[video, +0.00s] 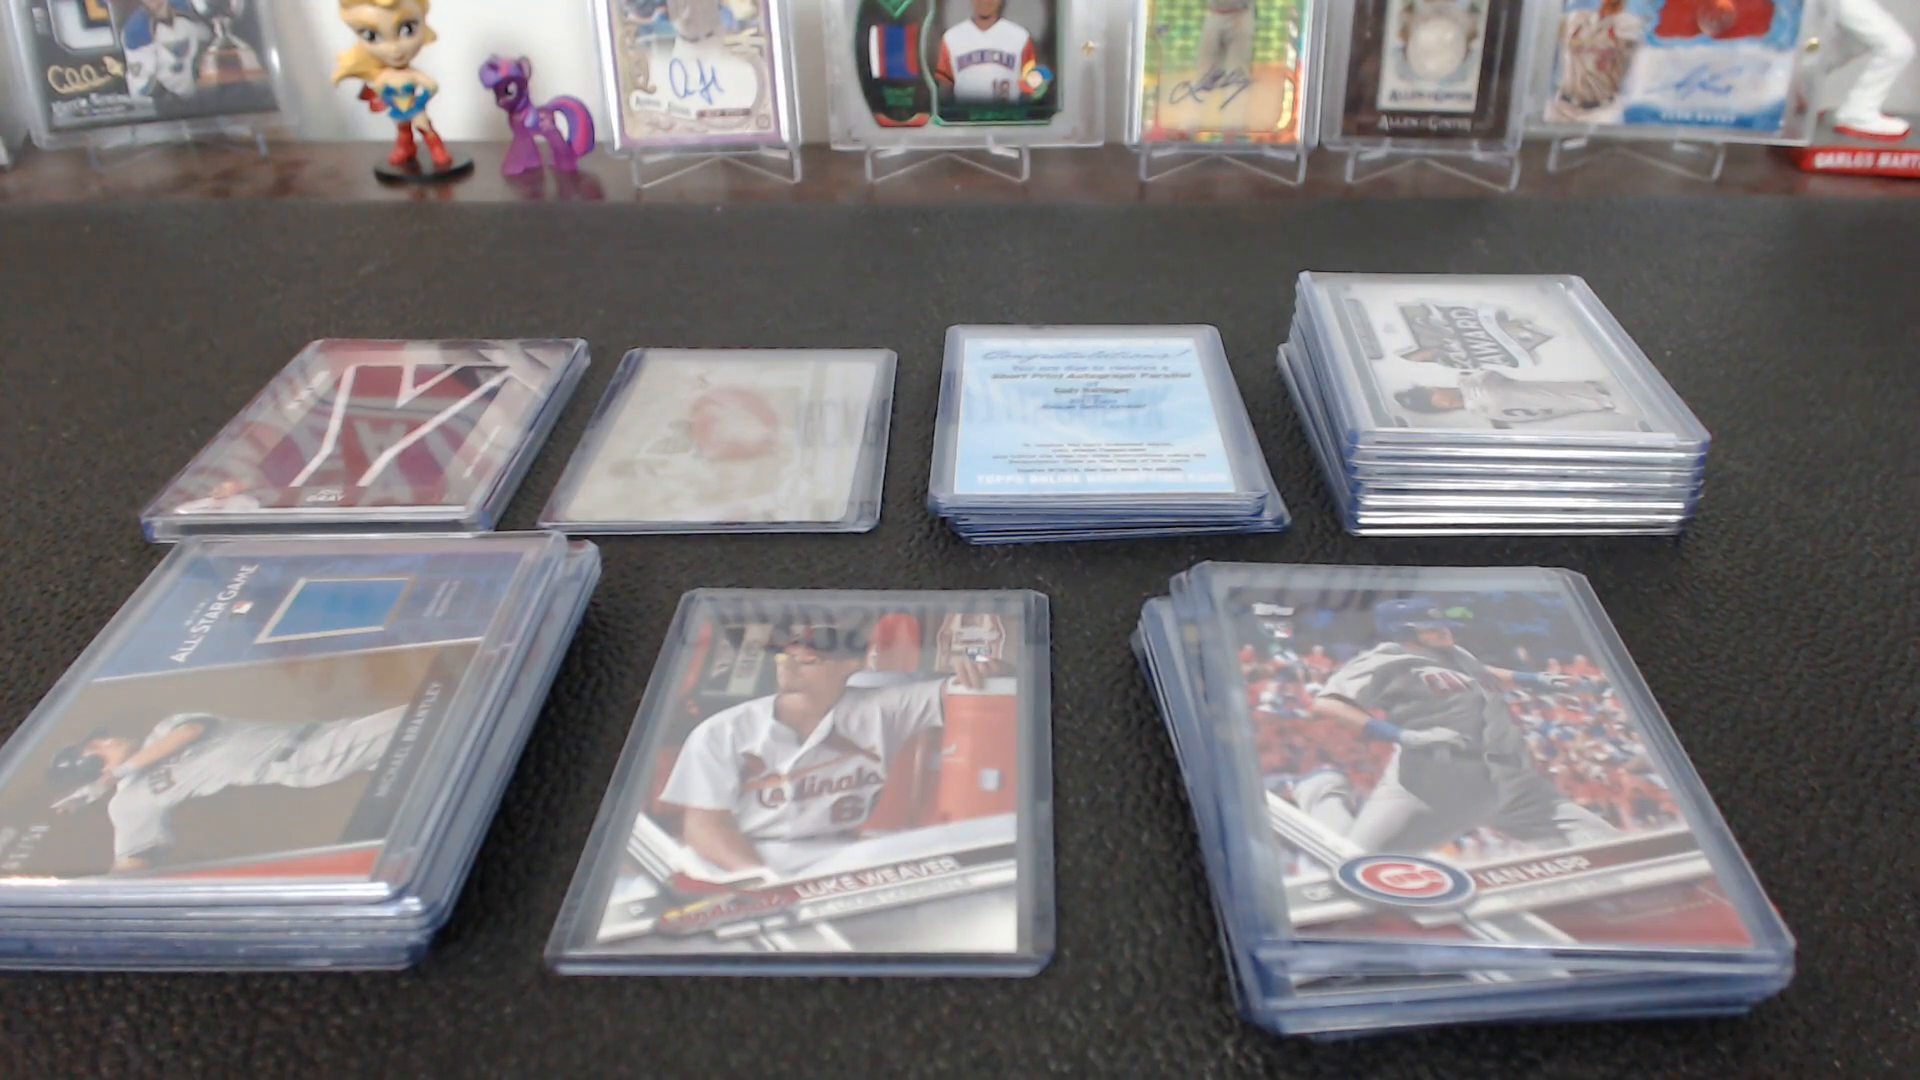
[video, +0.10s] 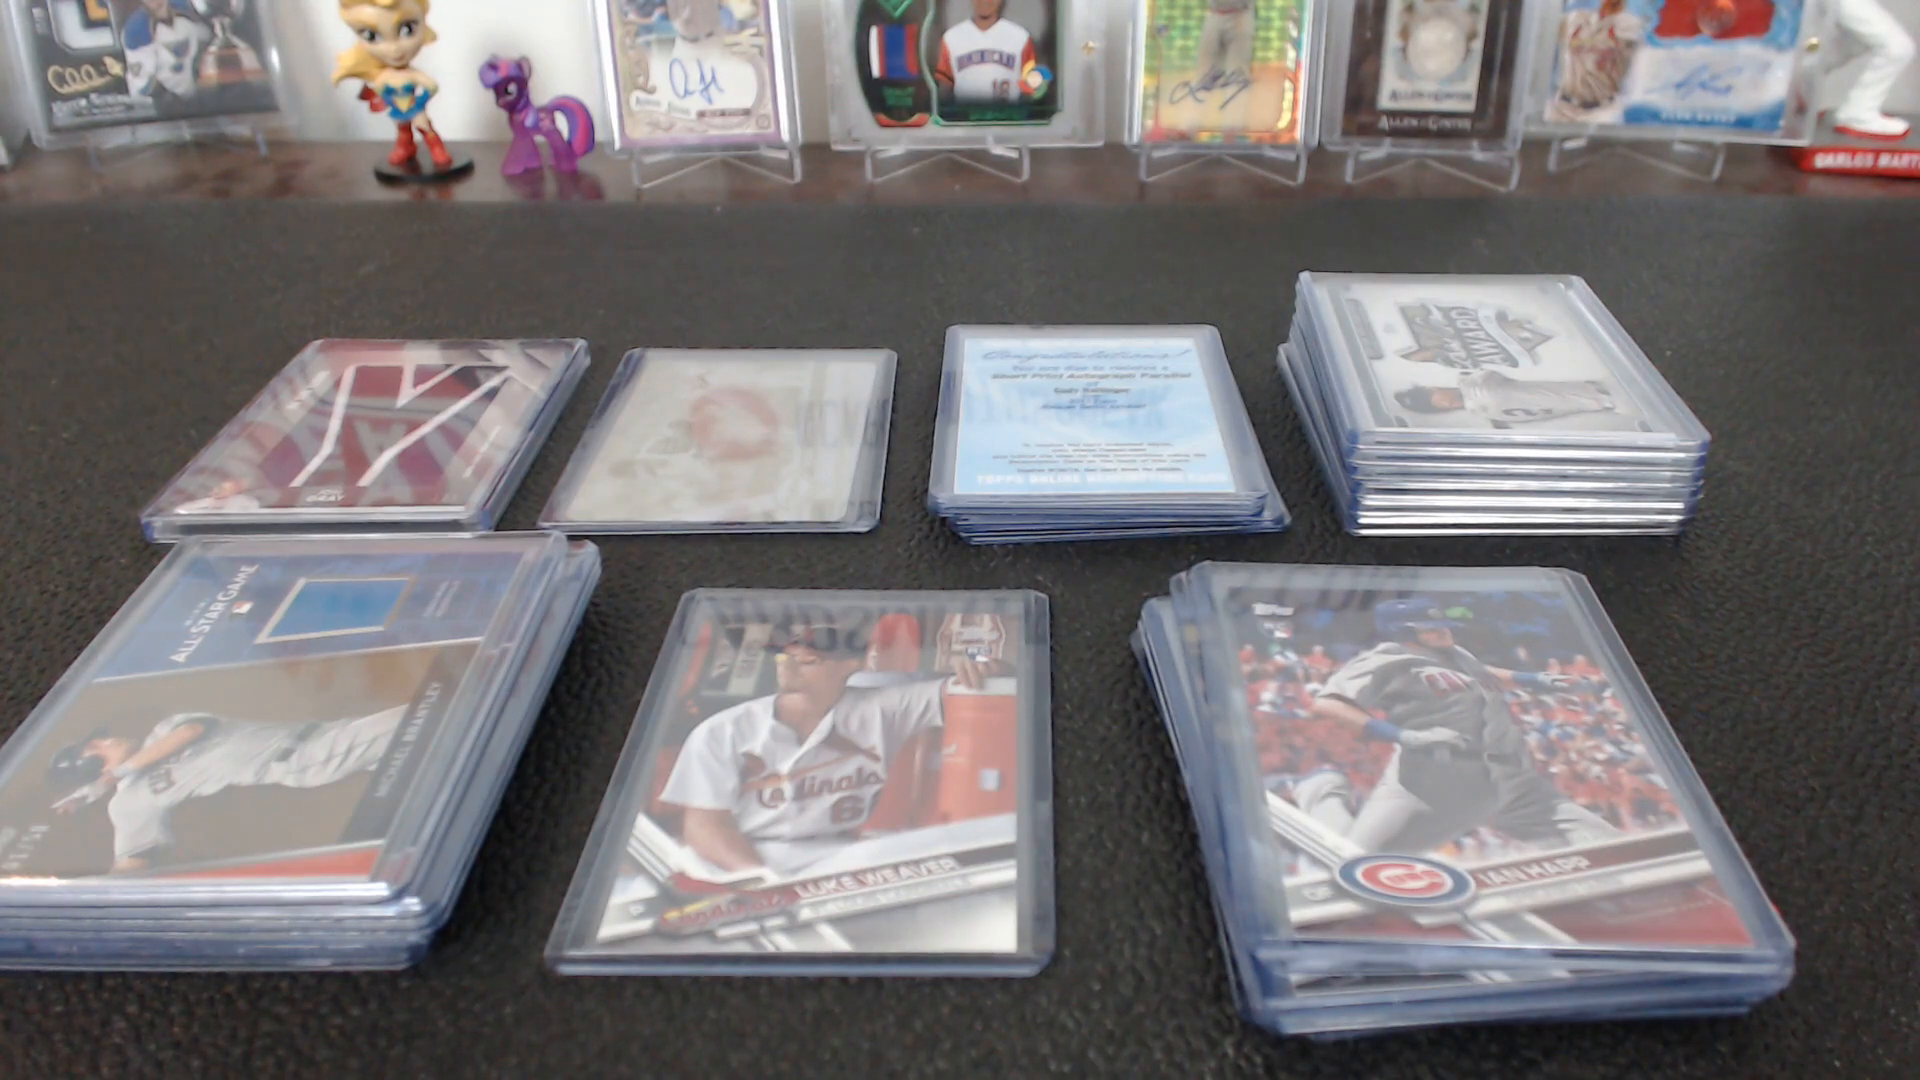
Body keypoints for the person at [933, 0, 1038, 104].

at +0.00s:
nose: (984, 2)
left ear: (1000, 2)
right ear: (972, 2)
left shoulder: (1020, 36)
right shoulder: (951, 37)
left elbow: (1030, 81)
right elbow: (944, 80)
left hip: (1009, 121)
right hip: (965, 121)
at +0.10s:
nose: (984, 2)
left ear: (1000, 2)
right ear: (972, 2)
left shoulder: (1020, 36)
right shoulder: (951, 37)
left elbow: (1030, 82)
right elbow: (944, 80)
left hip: (1008, 120)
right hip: (965, 120)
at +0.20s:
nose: (984, 2)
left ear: (1000, 2)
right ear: (972, 2)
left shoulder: (1020, 37)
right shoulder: (951, 37)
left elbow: (1030, 81)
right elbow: (944, 79)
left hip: (1009, 120)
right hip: (965, 119)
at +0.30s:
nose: (984, 2)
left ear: (1000, 2)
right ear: (972, 2)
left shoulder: (1020, 36)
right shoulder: (951, 37)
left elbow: (1030, 81)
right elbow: (944, 79)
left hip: (1009, 120)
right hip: (965, 119)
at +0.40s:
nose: (983, 2)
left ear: (1000, 2)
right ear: (972, 2)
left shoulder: (1020, 36)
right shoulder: (951, 37)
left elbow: (1030, 80)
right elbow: (944, 79)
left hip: (1008, 119)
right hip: (965, 118)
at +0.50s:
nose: (983, 2)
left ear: (1000, 2)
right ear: (971, 2)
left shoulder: (1020, 37)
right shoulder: (951, 37)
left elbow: (1030, 80)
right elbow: (944, 79)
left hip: (1009, 120)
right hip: (965, 119)